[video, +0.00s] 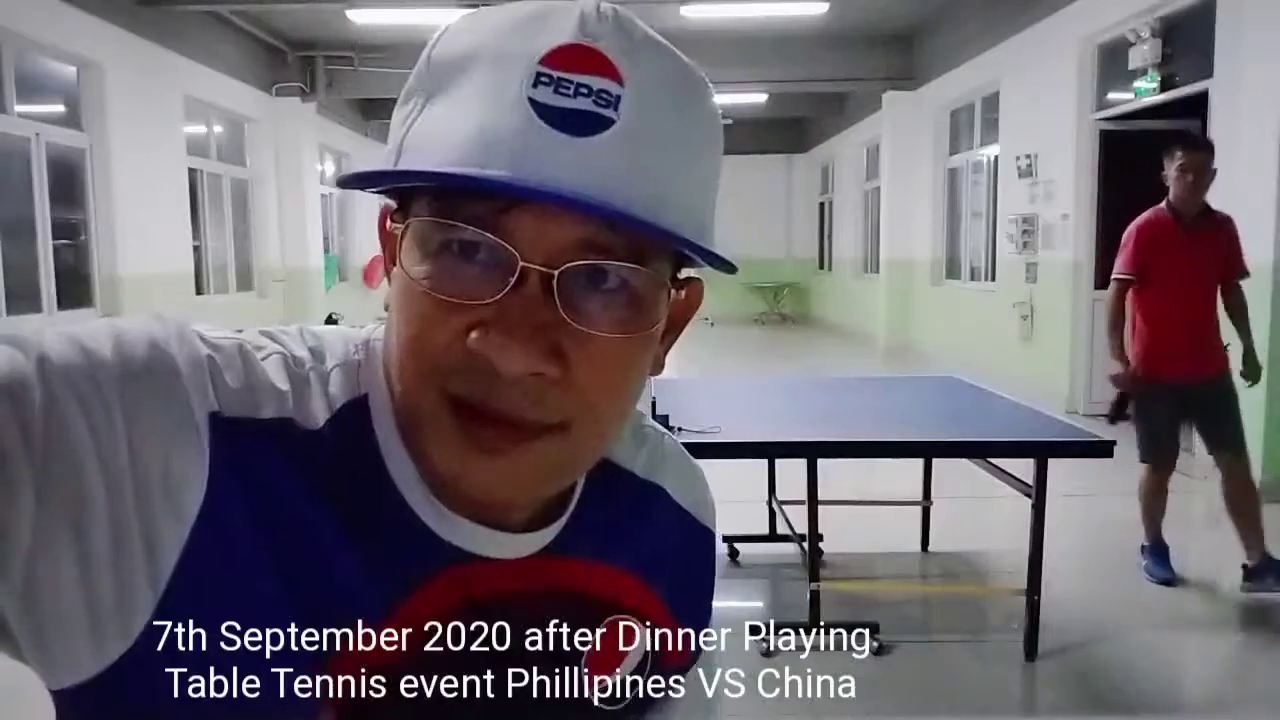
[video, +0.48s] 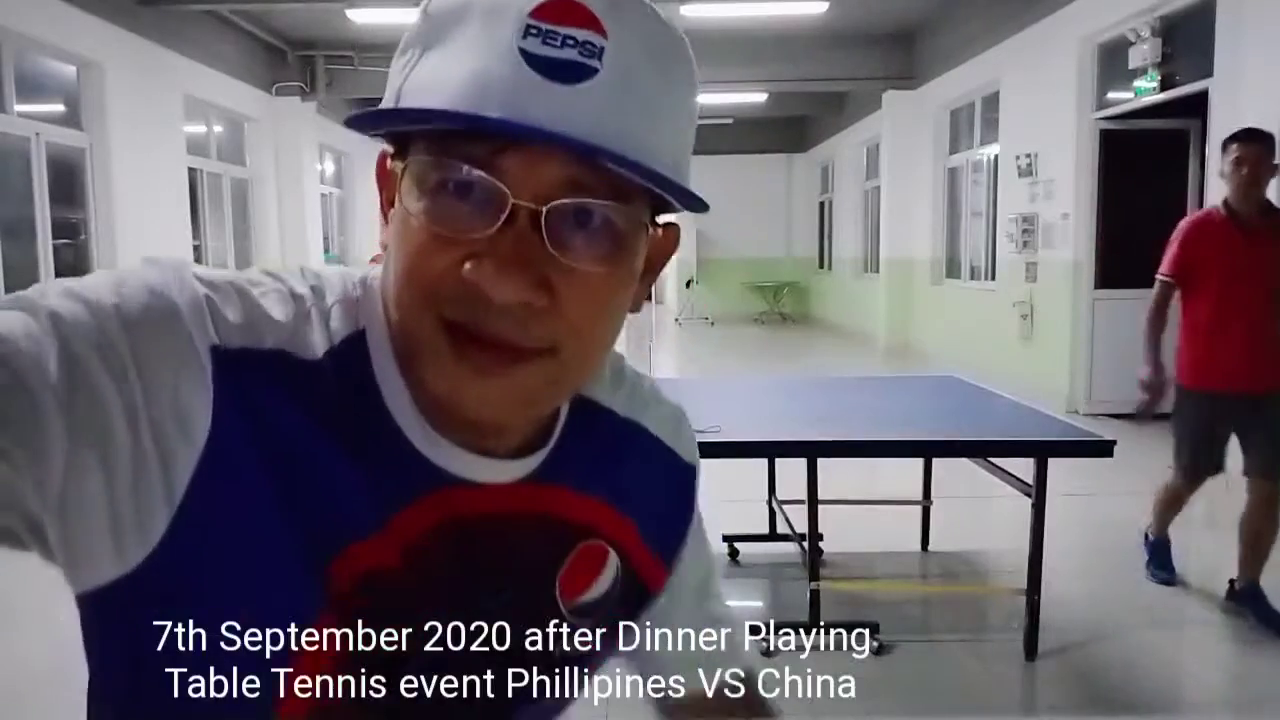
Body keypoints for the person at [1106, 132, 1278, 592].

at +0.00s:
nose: (1193, 179)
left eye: (1201, 172)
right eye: (1184, 171)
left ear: (1211, 176)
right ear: (1167, 174)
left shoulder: (1221, 227)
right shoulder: (1143, 229)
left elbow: (1231, 290)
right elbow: (1117, 294)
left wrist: (1248, 346)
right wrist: (1116, 356)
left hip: (1208, 369)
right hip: (1154, 372)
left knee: (1236, 464)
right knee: (1157, 466)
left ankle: (1257, 561)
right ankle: (1153, 547)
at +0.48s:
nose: (1244, 169)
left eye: (1254, 162)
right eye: (1236, 161)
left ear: (1270, 170)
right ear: (1222, 168)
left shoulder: (1277, 227)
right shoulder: (1197, 228)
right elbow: (1160, 301)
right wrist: (1152, 366)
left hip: (1266, 385)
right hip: (1203, 383)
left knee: (1268, 487)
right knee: (1191, 473)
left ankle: (1245, 585)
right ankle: (1156, 535)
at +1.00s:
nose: (1278, 172)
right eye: (1273, 162)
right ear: (1261, 167)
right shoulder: (1234, 225)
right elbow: (1190, 288)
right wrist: (1188, 346)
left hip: (1276, 391)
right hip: (1231, 384)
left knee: (1276, 501)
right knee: (1219, 487)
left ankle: (1248, 588)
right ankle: (1204, 593)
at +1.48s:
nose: (1250, 167)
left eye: (1261, 157)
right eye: (1243, 157)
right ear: (1234, 163)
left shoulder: (1278, 227)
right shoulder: (1206, 226)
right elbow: (1169, 296)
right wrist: (1158, 368)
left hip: (1266, 393)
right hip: (1206, 388)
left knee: (1259, 500)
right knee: (1195, 499)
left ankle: (1247, 587)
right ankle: (1197, 610)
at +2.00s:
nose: (1186, 174)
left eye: (1199, 164)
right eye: (1181, 163)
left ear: (1231, 167)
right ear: (1176, 167)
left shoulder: (1264, 233)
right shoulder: (1157, 231)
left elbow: (1277, 307)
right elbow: (1121, 290)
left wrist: (1249, 332)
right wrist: (1097, 338)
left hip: (1224, 401)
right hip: (1158, 396)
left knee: (1247, 520)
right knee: (1169, 510)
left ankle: (1252, 604)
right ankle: (1194, 613)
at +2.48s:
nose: (1132, 175)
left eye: (1142, 163)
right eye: (1129, 165)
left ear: (1182, 159)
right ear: (1134, 169)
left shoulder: (1232, 224)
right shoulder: (1133, 230)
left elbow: (1269, 297)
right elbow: (1114, 304)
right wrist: (1076, 352)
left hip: (1204, 395)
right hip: (1147, 392)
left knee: (1194, 510)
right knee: (1170, 509)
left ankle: (1201, 630)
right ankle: (1192, 614)